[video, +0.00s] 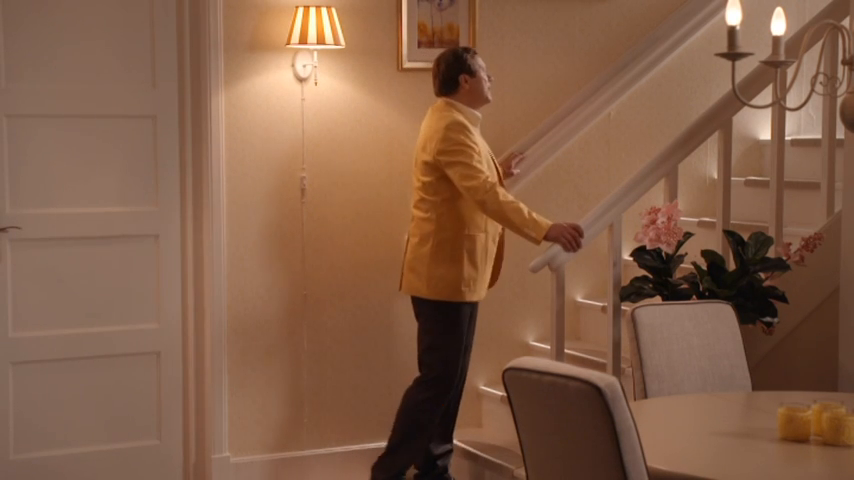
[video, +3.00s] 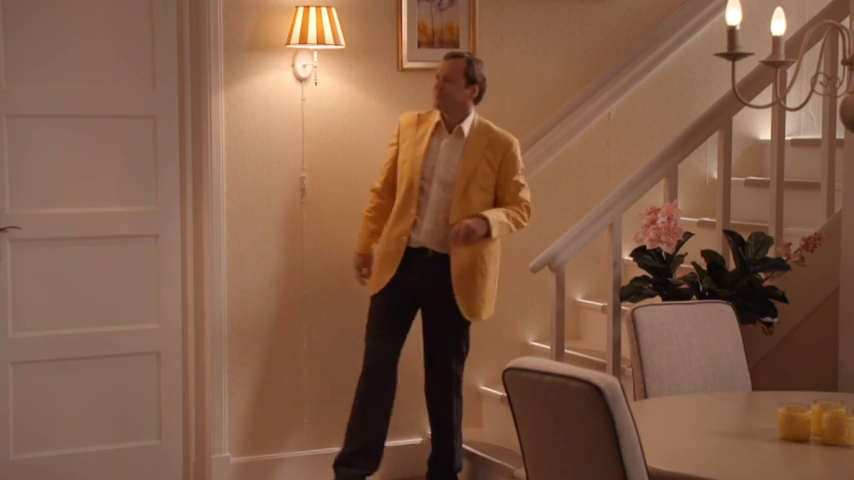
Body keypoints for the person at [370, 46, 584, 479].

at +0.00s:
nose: (491, 82)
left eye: (488, 74)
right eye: (485, 75)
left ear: (461, 82)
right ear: (466, 81)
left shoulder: (456, 121)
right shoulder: (450, 125)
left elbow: (459, 194)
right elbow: (485, 193)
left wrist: (496, 177)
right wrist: (545, 228)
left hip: (458, 272)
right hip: (442, 273)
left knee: (451, 379)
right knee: (438, 380)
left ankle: (433, 470)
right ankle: (388, 472)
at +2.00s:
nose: (500, 80)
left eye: (496, 72)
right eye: (493, 72)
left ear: (471, 80)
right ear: (476, 78)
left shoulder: (465, 120)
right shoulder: (465, 120)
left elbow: (463, 194)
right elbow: (491, 185)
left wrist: (500, 175)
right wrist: (545, 227)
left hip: (465, 271)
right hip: (450, 271)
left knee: (455, 376)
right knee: (440, 374)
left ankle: (434, 468)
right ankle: (407, 471)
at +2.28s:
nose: (496, 78)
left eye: (493, 72)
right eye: (486, 72)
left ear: (470, 83)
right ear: (459, 82)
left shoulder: (475, 128)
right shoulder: (450, 125)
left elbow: (475, 189)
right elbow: (460, 189)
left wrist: (507, 183)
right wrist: (518, 231)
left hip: (474, 274)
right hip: (445, 274)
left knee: (458, 379)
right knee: (436, 377)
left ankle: (436, 467)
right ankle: (406, 470)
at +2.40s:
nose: (490, 79)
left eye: (490, 73)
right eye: (479, 74)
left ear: (492, 84)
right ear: (454, 85)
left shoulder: (483, 135)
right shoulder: (443, 124)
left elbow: (490, 206)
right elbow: (426, 188)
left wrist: (531, 213)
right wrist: (464, 246)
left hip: (479, 282)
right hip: (442, 278)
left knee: (461, 382)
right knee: (437, 379)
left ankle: (438, 469)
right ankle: (410, 471)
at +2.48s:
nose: (484, 80)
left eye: (488, 74)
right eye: (473, 75)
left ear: (494, 84)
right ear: (452, 87)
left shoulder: (492, 139)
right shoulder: (436, 128)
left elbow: (491, 209)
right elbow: (411, 194)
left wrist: (528, 217)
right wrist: (417, 260)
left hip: (481, 282)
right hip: (440, 279)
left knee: (463, 386)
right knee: (435, 383)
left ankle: (439, 469)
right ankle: (412, 472)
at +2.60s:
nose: (476, 79)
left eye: (483, 73)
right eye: (467, 73)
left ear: (494, 85)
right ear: (452, 86)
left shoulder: (509, 142)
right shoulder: (429, 127)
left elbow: (516, 197)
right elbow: (391, 186)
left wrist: (520, 211)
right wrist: (360, 247)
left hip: (482, 268)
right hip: (432, 264)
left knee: (463, 379)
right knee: (429, 375)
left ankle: (442, 469)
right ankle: (413, 470)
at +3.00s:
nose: (436, 87)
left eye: (447, 81)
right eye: (436, 79)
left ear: (474, 91)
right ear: (434, 83)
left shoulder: (501, 146)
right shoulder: (410, 126)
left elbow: (520, 207)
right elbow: (383, 191)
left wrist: (487, 222)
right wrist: (366, 246)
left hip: (453, 271)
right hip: (399, 263)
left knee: (445, 376)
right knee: (377, 365)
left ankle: (444, 472)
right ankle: (353, 468)